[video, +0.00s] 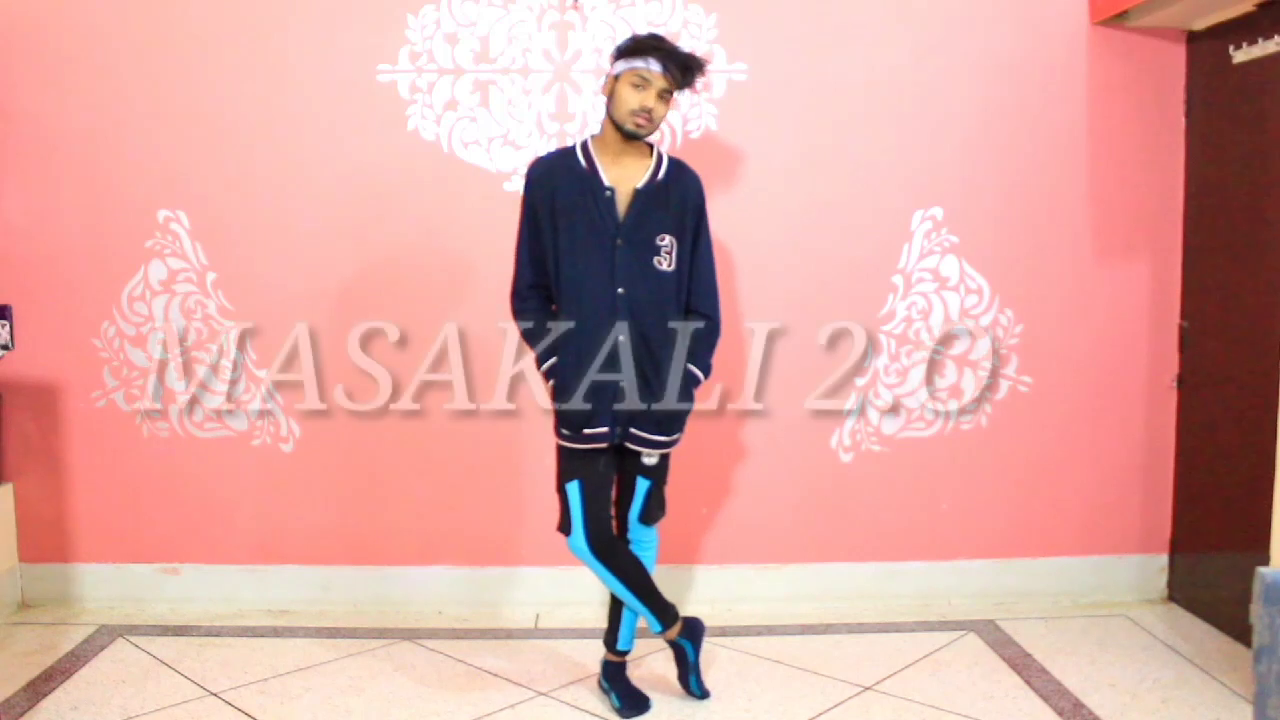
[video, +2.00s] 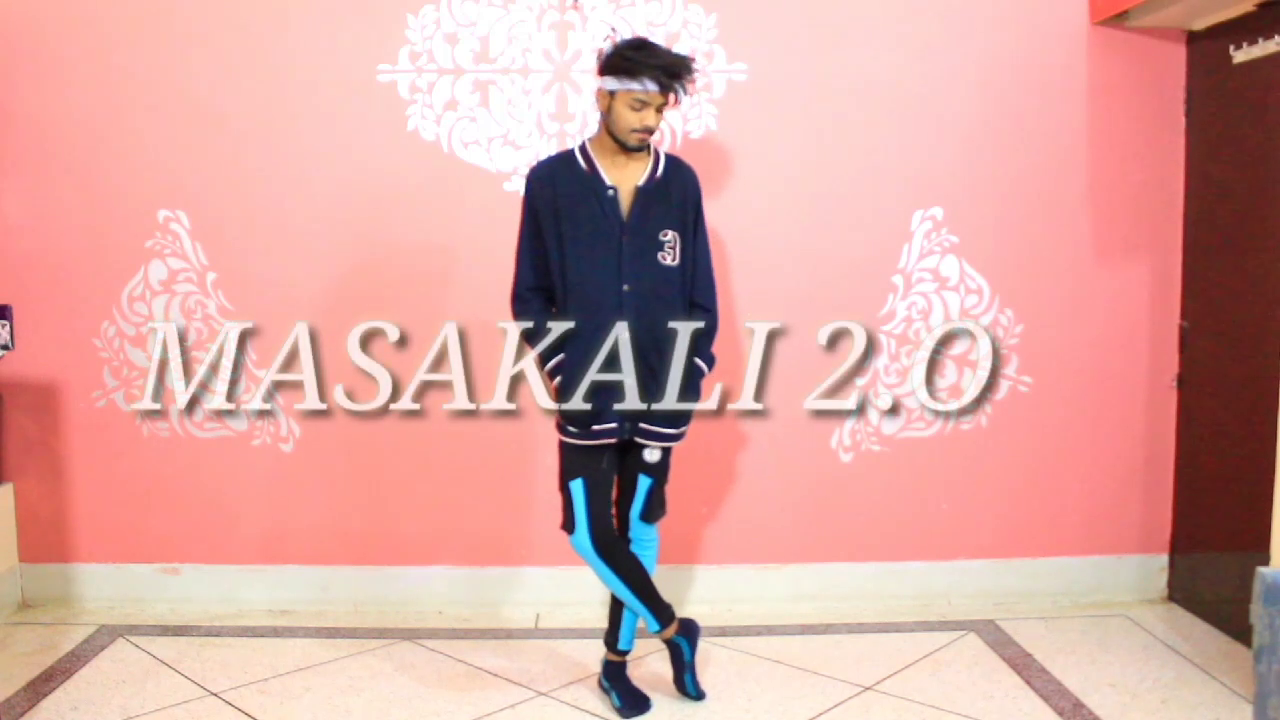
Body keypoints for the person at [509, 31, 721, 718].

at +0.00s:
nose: (648, 101)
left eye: (662, 92)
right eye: (637, 84)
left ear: (672, 105)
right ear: (608, 86)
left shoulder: (681, 183)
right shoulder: (552, 173)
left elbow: (703, 294)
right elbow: (529, 291)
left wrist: (692, 372)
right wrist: (557, 364)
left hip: (660, 385)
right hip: (583, 383)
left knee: (639, 524)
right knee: (588, 533)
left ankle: (616, 662)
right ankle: (678, 630)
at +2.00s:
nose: (649, 119)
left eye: (658, 106)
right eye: (637, 105)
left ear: (668, 106)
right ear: (603, 100)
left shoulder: (678, 179)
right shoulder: (553, 178)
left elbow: (700, 287)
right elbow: (529, 291)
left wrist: (698, 364)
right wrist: (557, 363)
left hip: (663, 384)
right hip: (587, 386)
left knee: (639, 525)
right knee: (589, 532)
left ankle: (616, 662)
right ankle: (674, 630)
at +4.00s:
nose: (652, 99)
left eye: (666, 89)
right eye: (639, 84)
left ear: (679, 101)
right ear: (616, 92)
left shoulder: (687, 194)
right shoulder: (564, 171)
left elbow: (696, 295)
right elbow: (526, 278)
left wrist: (701, 352)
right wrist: (556, 343)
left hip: (664, 381)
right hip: (590, 378)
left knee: (639, 523)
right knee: (597, 527)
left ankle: (616, 662)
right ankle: (675, 630)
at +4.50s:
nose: (624, 85)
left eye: (637, 73)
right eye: (610, 74)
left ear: (657, 85)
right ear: (593, 88)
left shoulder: (687, 180)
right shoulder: (557, 177)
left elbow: (722, 281)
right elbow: (525, 283)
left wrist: (761, 376)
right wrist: (486, 374)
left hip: (659, 383)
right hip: (582, 379)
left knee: (638, 525)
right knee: (587, 524)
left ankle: (618, 664)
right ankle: (593, 682)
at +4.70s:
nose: (612, 79)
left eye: (626, 69)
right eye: (598, 71)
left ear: (647, 85)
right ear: (582, 89)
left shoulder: (681, 174)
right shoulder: (554, 180)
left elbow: (700, 280)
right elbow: (540, 290)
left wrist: (688, 370)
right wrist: (545, 386)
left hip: (653, 383)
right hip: (576, 380)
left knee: (638, 525)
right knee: (555, 522)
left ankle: (617, 662)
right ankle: (558, 664)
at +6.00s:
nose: (602, 91)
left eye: (615, 80)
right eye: (589, 80)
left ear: (634, 95)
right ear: (568, 93)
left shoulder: (654, 186)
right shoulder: (532, 178)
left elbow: (662, 296)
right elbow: (517, 289)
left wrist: (659, 388)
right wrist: (543, 381)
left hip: (631, 380)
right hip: (559, 377)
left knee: (627, 516)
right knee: (562, 506)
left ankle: (624, 664)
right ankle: (583, 602)